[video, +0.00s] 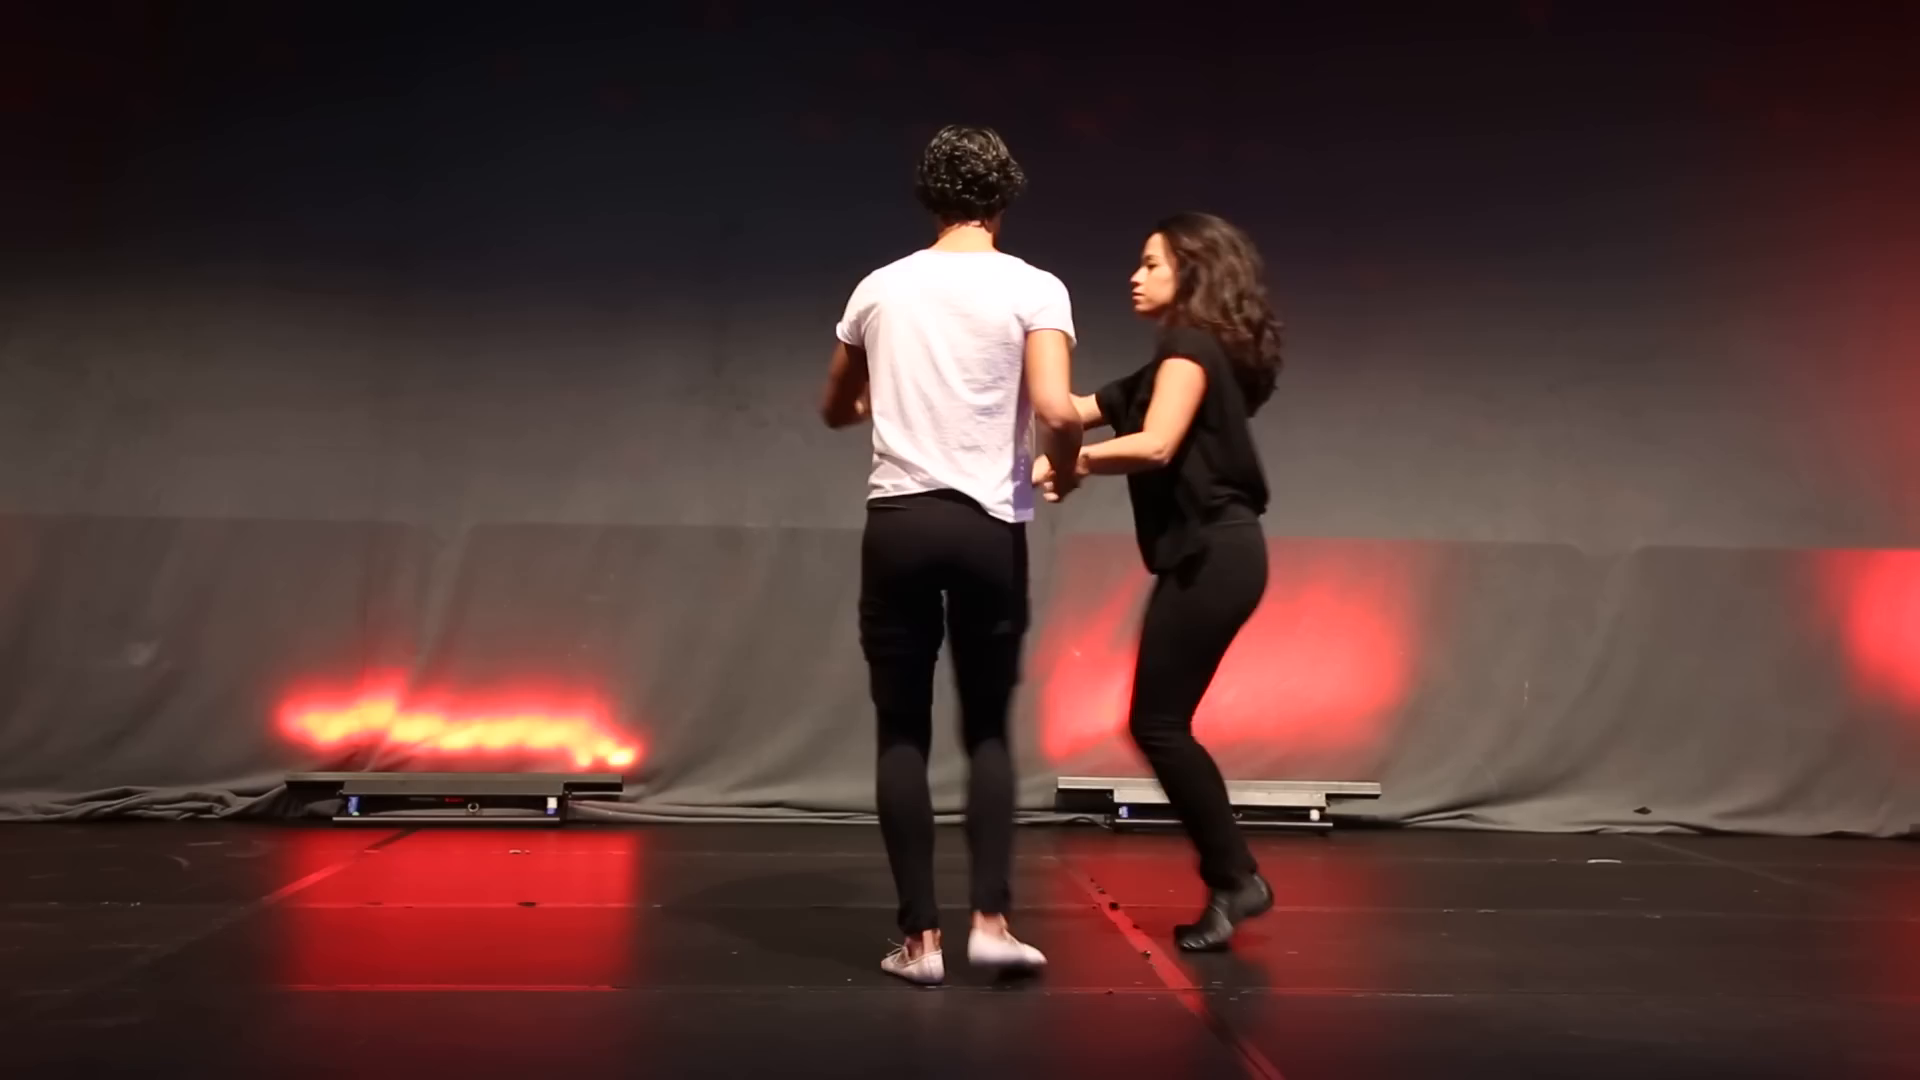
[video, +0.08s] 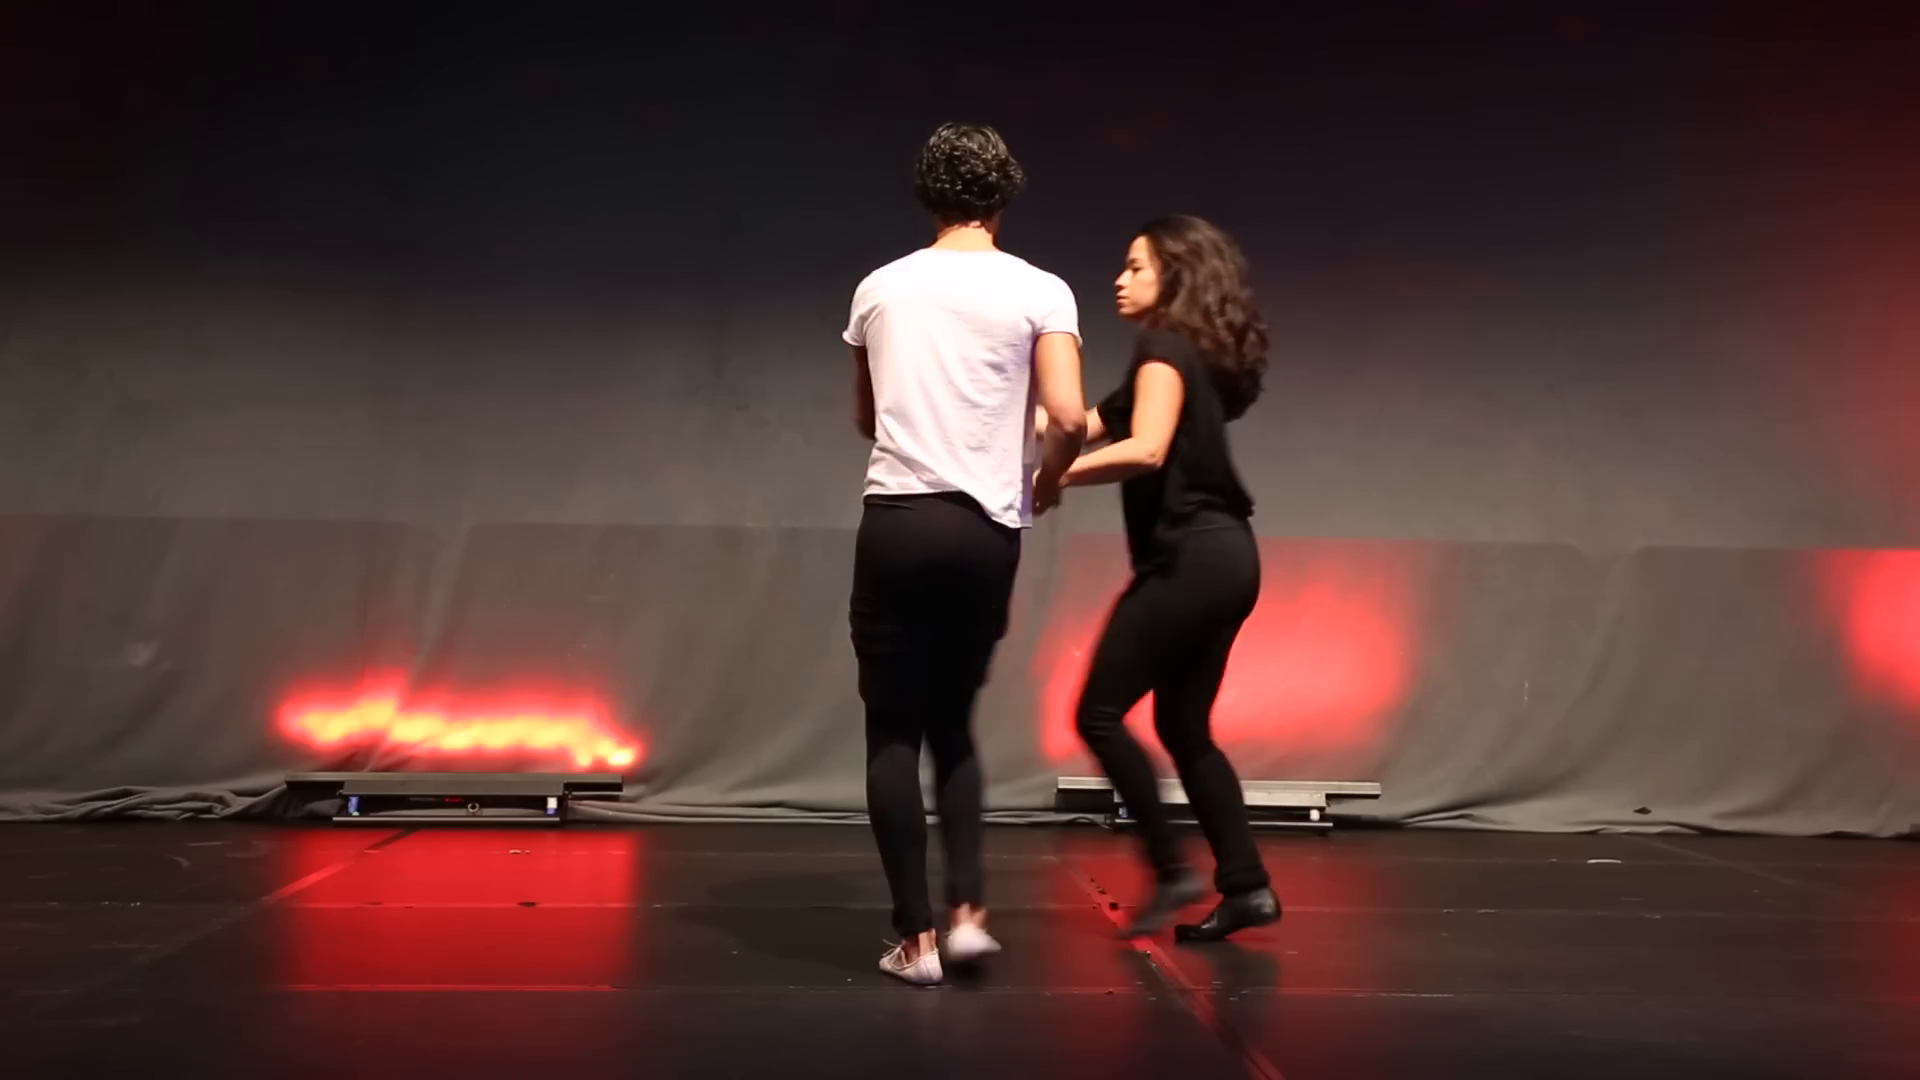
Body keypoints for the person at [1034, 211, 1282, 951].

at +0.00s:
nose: (1136, 276)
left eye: (1150, 264)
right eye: (1140, 264)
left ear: (1192, 274)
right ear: (1181, 276)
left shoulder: (1193, 346)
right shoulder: (1177, 351)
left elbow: (1157, 443)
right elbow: (1088, 410)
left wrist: (1075, 463)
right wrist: (1049, 449)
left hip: (1215, 558)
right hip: (1204, 558)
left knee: (1160, 724)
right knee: (1159, 724)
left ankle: (1236, 881)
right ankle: (1231, 880)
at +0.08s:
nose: (1120, 279)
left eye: (1135, 267)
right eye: (1125, 267)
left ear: (1176, 276)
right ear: (1174, 279)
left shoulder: (1163, 349)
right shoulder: (1187, 350)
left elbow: (1148, 448)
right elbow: (1110, 424)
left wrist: (1061, 474)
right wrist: (1068, 432)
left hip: (1191, 562)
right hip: (1224, 559)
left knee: (1097, 714)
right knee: (1185, 724)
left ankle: (1172, 870)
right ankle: (1247, 888)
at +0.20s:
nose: (1093, 291)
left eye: (1107, 279)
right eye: (1097, 278)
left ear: (1147, 287)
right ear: (1155, 290)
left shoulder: (1127, 356)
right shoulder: (1167, 360)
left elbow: (1131, 452)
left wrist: (1043, 491)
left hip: (1156, 574)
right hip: (1208, 572)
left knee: (1037, 705)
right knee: (1210, 737)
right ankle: (1251, 907)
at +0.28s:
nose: (1077, 301)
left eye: (1087, 288)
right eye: (1079, 287)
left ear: (1124, 294)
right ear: (1145, 295)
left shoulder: (1107, 364)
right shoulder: (1156, 366)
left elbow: (1111, 460)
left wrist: (1041, 497)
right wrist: (1046, 483)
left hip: (1126, 583)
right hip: (1188, 577)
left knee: (1001, 710)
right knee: (1205, 740)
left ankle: (1004, 882)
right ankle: (1242, 910)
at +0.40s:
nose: (1039, 303)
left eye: (1049, 289)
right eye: (1045, 288)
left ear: (1070, 300)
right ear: (1122, 299)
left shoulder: (1063, 371)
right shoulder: (1129, 367)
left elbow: (1073, 456)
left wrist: (1027, 504)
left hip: (1068, 578)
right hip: (1130, 571)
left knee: (966, 720)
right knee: (1150, 734)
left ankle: (977, 889)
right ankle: (1230, 887)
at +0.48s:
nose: (1012, 299)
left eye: (1026, 283)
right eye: (1019, 283)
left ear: (1048, 293)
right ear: (1102, 297)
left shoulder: (1027, 356)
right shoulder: (1103, 359)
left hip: (1017, 563)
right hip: (1077, 564)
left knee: (943, 733)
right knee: (1076, 723)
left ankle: (978, 891)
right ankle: (1191, 853)